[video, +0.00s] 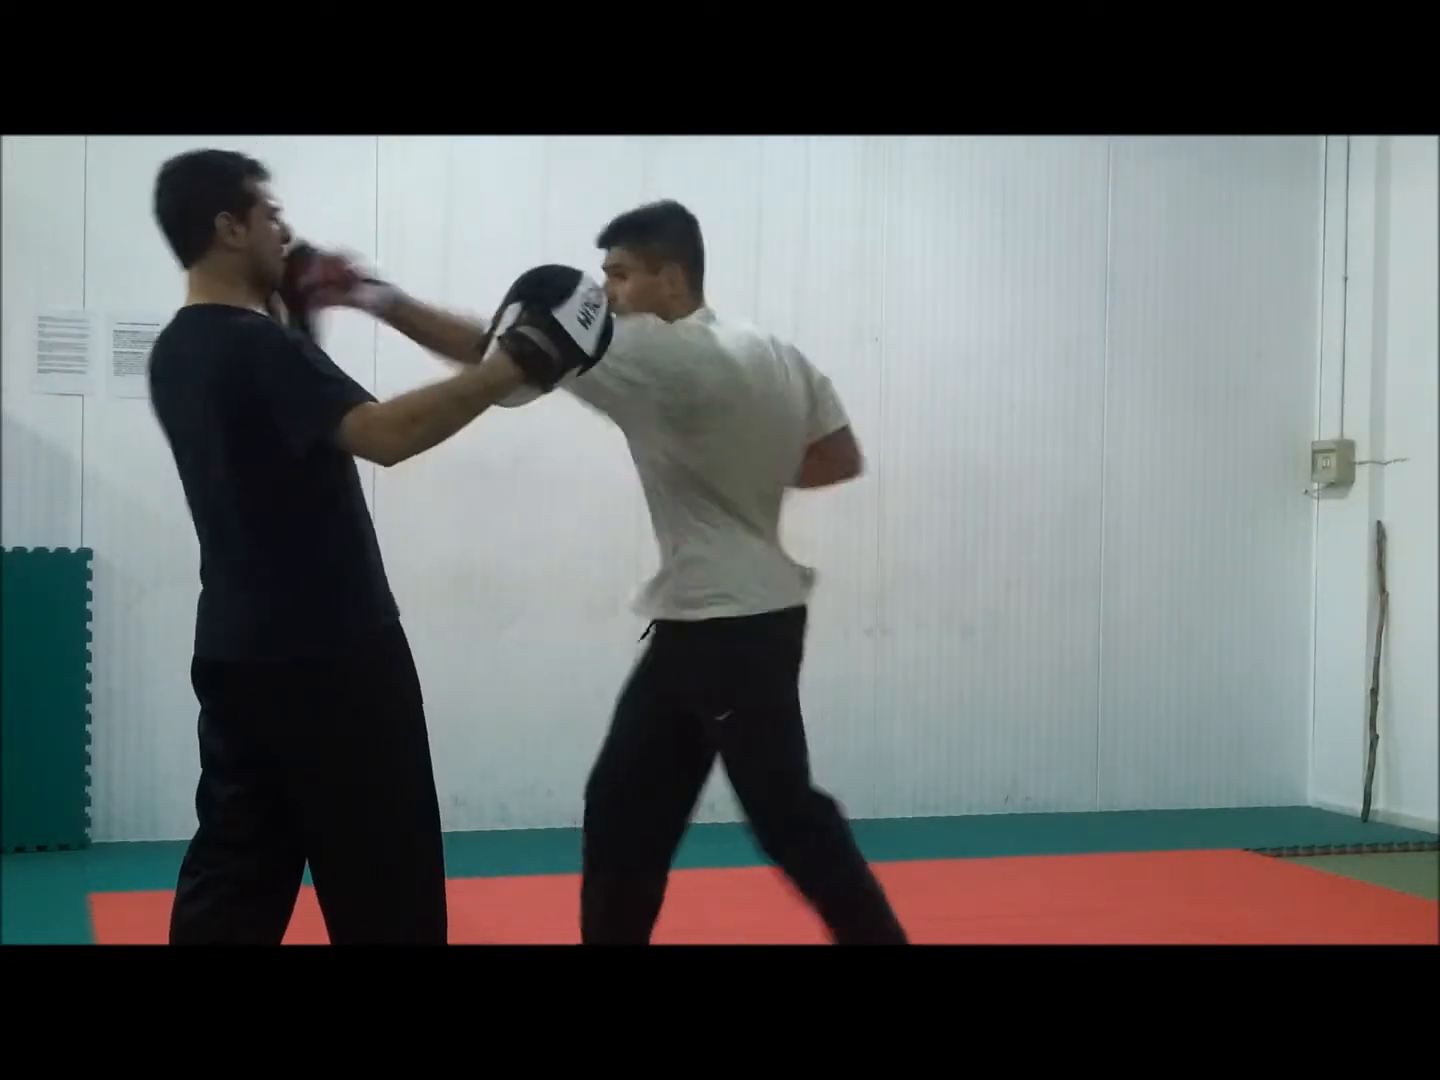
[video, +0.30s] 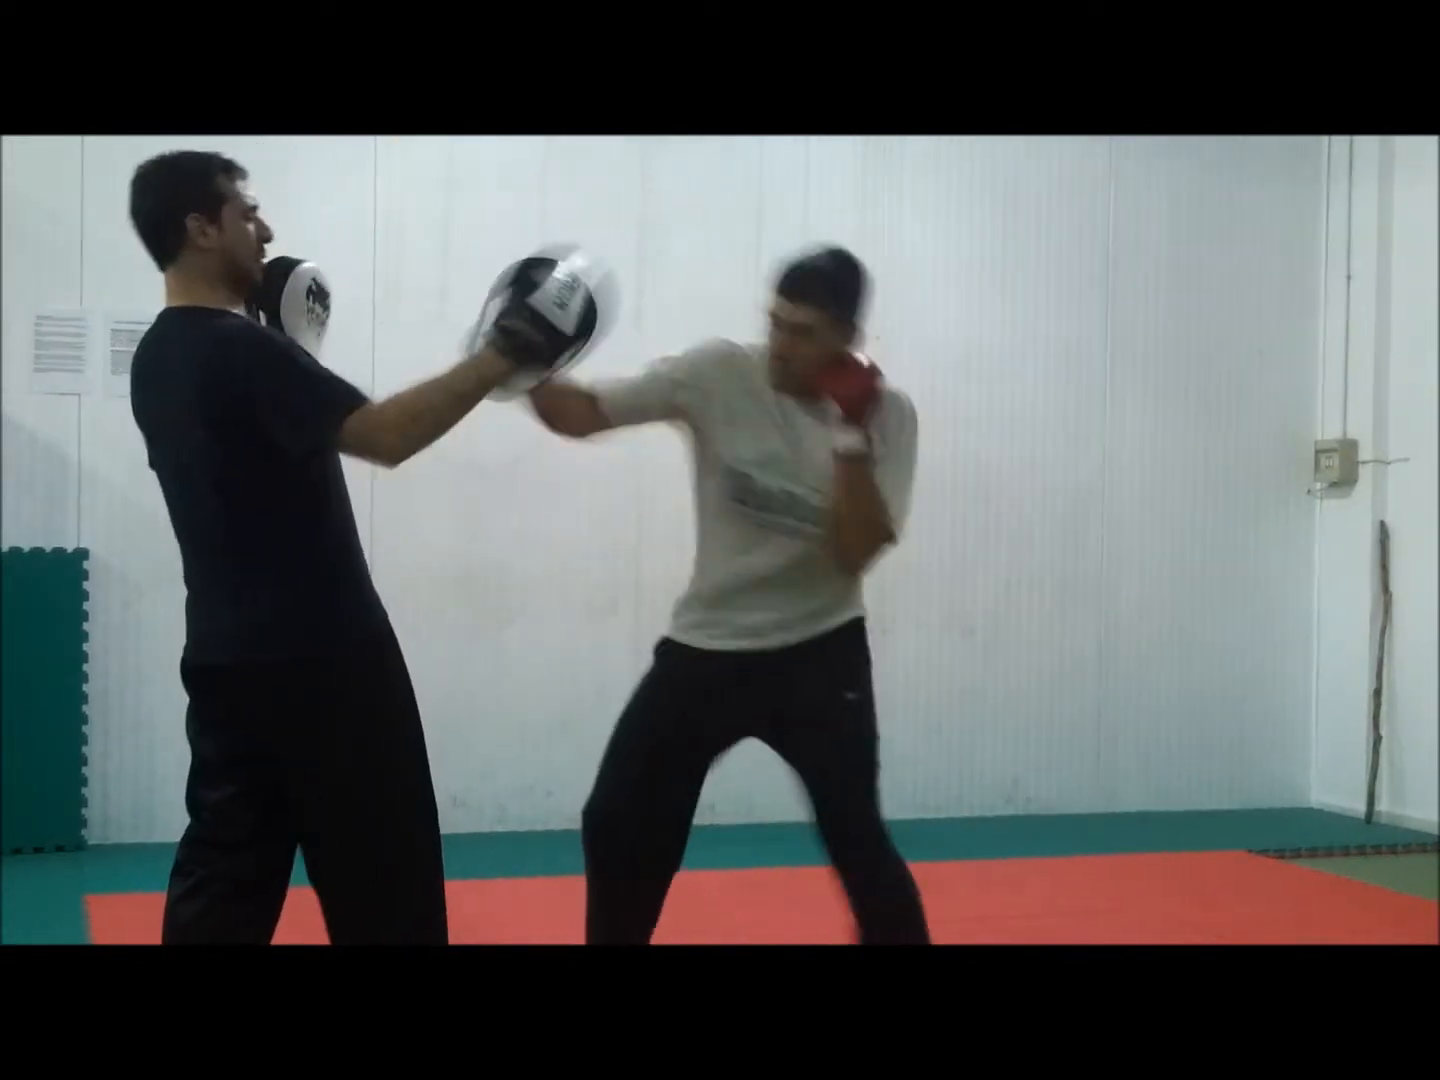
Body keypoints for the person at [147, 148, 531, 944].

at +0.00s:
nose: (286, 231)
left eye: (280, 213)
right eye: (272, 214)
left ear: (200, 235)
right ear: (229, 226)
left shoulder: (174, 350)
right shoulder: (254, 342)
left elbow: (285, 431)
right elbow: (385, 434)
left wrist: (301, 318)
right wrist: (495, 376)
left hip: (239, 654)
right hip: (337, 652)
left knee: (234, 879)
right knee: (391, 889)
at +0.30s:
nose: (262, 226)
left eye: (254, 210)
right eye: (245, 211)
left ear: (187, 237)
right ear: (199, 229)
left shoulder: (157, 354)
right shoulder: (244, 347)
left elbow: (247, 462)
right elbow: (386, 435)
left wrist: (279, 342)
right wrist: (502, 356)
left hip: (227, 659)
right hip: (330, 657)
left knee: (222, 883)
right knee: (388, 889)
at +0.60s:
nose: (256, 228)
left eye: (246, 212)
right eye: (236, 215)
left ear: (182, 241)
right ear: (184, 233)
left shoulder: (171, 350)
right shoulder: (215, 350)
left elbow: (240, 443)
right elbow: (317, 451)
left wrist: (304, 367)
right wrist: (444, 393)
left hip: (241, 661)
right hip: (319, 658)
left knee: (238, 876)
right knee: (385, 882)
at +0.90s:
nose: (229, 224)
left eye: (218, 207)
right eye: (209, 211)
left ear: (158, 243)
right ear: (162, 236)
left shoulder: (159, 347)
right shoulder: (203, 350)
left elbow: (255, 409)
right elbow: (314, 460)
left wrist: (286, 313)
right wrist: (433, 394)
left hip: (238, 653)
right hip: (317, 650)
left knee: (236, 868)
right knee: (392, 874)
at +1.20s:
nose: (242, 225)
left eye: (233, 208)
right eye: (223, 209)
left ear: (168, 234)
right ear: (172, 228)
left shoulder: (145, 349)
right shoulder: (204, 343)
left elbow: (249, 482)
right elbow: (351, 427)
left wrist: (299, 373)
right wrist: (472, 356)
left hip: (216, 662)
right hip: (305, 658)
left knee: (222, 885)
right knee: (380, 890)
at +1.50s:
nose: (281, 224)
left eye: (275, 207)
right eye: (265, 208)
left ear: (207, 229)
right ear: (213, 224)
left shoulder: (164, 344)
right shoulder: (234, 341)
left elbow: (230, 468)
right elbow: (350, 458)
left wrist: (285, 364)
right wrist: (507, 440)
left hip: (219, 660)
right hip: (312, 656)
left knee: (220, 884)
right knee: (387, 881)